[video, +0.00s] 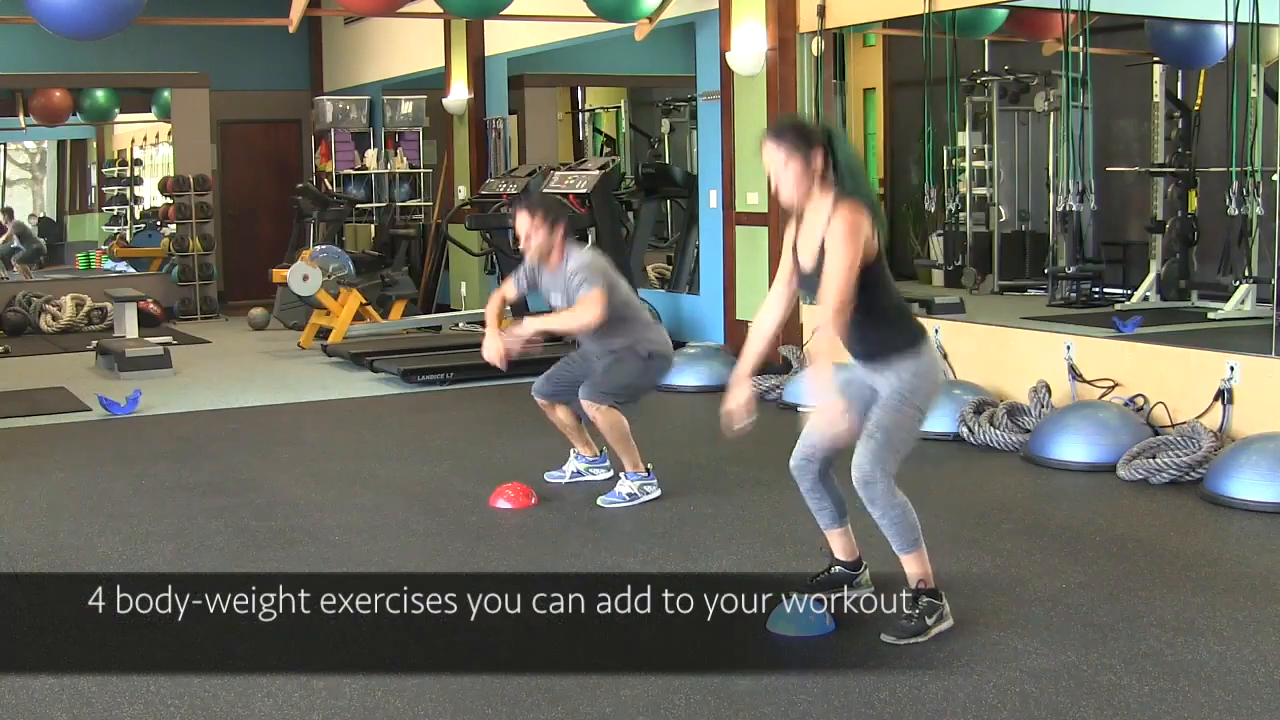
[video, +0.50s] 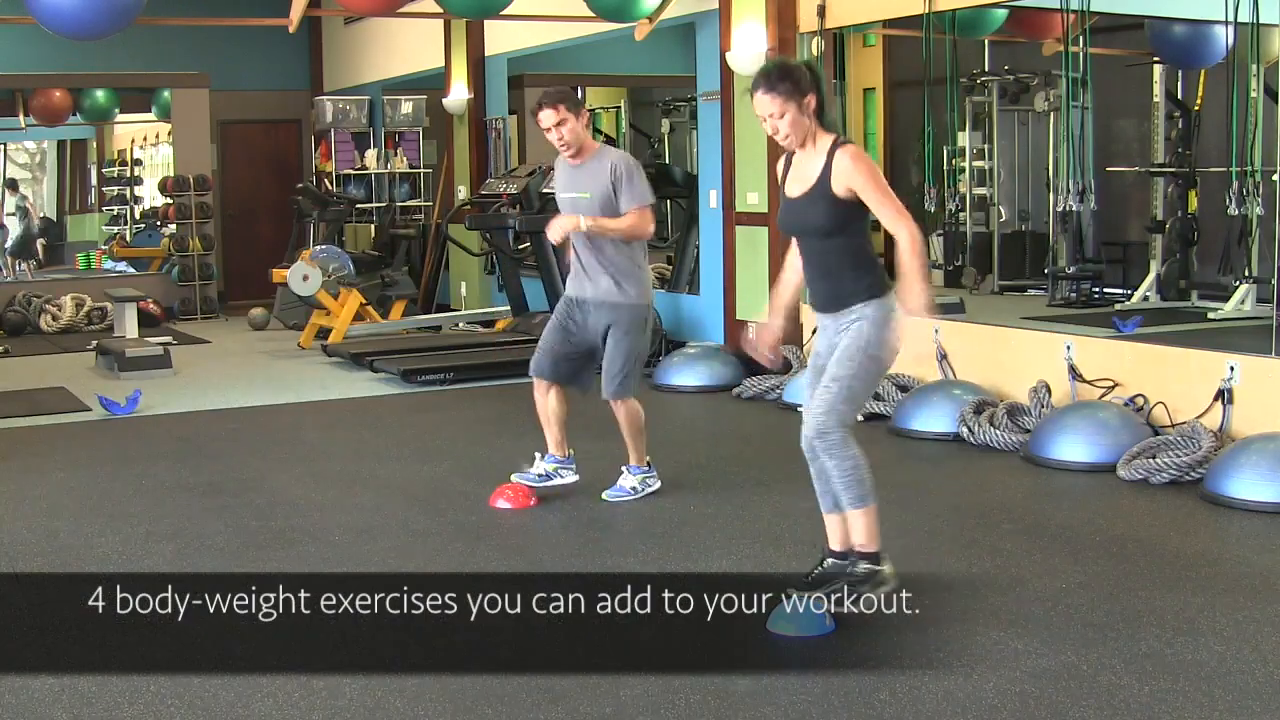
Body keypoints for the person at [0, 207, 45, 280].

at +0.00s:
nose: (1, 218)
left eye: (1, 216)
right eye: (1, 216)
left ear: (6, 216)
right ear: (8, 216)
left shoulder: (15, 225)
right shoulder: (14, 225)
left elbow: (4, 239)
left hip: (35, 247)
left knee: (18, 261)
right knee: (14, 260)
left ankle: (29, 279)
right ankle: (29, 279)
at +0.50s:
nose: (7, 192)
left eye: (7, 190)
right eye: (6, 190)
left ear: (10, 189)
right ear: (15, 187)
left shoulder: (21, 197)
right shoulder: (19, 198)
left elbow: (30, 206)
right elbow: (19, 212)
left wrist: (36, 219)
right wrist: (6, 214)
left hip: (26, 230)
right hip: (26, 230)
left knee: (10, 253)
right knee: (25, 257)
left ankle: (13, 276)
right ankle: (31, 277)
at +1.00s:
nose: (6, 213)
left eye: (8, 210)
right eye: (6, 211)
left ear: (14, 210)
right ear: (15, 210)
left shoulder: (20, 220)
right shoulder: (21, 219)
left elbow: (7, 231)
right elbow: (8, 231)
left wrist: (2, 218)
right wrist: (3, 219)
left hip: (41, 245)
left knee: (23, 261)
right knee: (25, 260)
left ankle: (36, 279)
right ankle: (36, 278)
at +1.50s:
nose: (7, 198)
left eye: (9, 195)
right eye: (7, 195)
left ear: (14, 195)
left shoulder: (21, 206)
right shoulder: (18, 207)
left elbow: (27, 214)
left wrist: (22, 227)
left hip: (35, 235)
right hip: (32, 235)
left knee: (23, 258)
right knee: (25, 258)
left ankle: (35, 279)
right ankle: (35, 278)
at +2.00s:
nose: (9, 185)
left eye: (11, 182)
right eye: (9, 182)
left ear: (17, 182)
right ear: (15, 182)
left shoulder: (21, 192)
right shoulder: (16, 194)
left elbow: (26, 205)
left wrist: (14, 215)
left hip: (26, 228)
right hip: (19, 228)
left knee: (23, 254)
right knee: (13, 251)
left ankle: (31, 277)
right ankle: (15, 274)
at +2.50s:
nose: (5, 228)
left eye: (6, 225)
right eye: (5, 226)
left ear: (11, 224)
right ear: (14, 224)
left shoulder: (21, 230)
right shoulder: (17, 233)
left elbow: (9, 244)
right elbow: (8, 244)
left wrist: (2, 235)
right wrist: (2, 236)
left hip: (45, 252)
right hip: (38, 252)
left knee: (25, 259)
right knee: (20, 259)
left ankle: (35, 280)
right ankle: (31, 280)